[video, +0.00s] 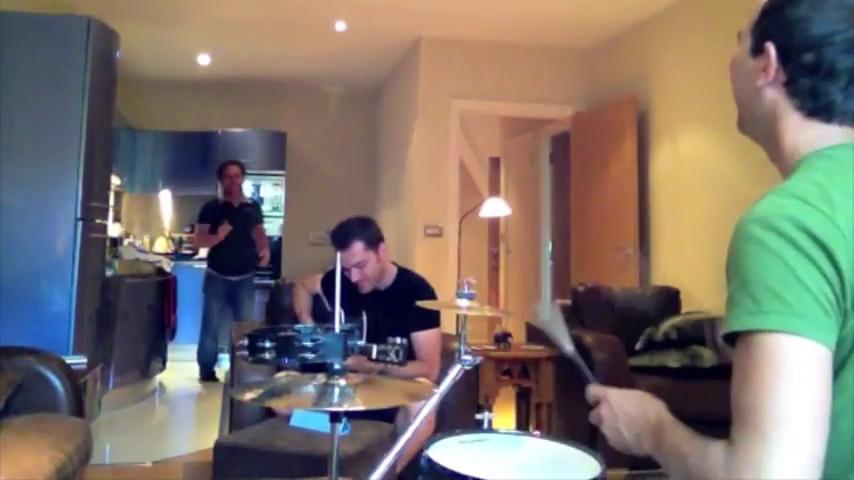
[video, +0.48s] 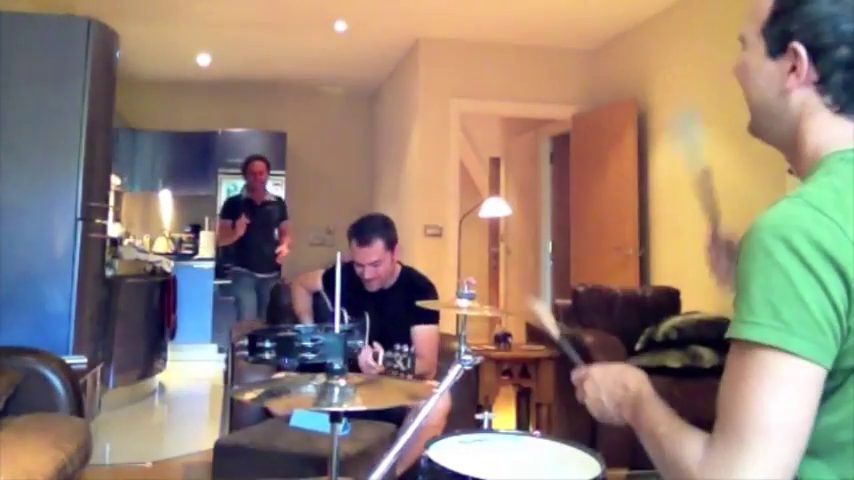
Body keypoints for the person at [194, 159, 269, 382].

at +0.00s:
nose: (234, 181)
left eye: (237, 177)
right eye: (229, 177)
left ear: (243, 179)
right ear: (221, 181)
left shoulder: (252, 208)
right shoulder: (211, 208)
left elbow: (259, 233)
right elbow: (199, 240)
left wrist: (264, 249)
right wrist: (217, 237)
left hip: (245, 276)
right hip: (217, 276)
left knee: (247, 323)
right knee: (213, 324)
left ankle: (244, 367)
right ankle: (207, 367)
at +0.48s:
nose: (258, 178)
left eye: (261, 173)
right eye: (253, 173)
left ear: (267, 175)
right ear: (245, 176)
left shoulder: (277, 204)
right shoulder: (233, 203)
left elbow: (285, 231)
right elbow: (221, 239)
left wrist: (284, 245)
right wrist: (235, 234)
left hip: (270, 271)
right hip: (242, 270)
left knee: (269, 322)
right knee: (247, 321)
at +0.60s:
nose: (262, 178)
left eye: (266, 173)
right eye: (257, 173)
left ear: (272, 175)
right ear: (249, 176)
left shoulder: (281, 204)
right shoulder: (237, 203)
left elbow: (289, 230)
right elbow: (226, 239)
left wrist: (287, 248)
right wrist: (245, 233)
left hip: (273, 271)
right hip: (246, 270)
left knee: (274, 322)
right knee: (254, 323)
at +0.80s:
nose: (268, 180)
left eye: (271, 175)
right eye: (263, 176)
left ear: (277, 176)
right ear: (254, 178)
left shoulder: (286, 204)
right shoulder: (244, 204)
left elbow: (293, 235)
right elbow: (232, 242)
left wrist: (295, 258)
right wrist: (255, 235)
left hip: (281, 275)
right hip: (253, 273)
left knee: (282, 326)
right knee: (259, 325)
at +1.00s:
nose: (272, 175)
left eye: (275, 170)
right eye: (267, 171)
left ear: (282, 172)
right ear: (258, 175)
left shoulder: (291, 204)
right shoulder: (248, 204)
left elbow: (300, 238)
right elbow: (234, 242)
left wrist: (305, 270)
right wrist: (260, 237)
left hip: (284, 275)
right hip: (256, 273)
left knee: (284, 326)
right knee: (260, 325)